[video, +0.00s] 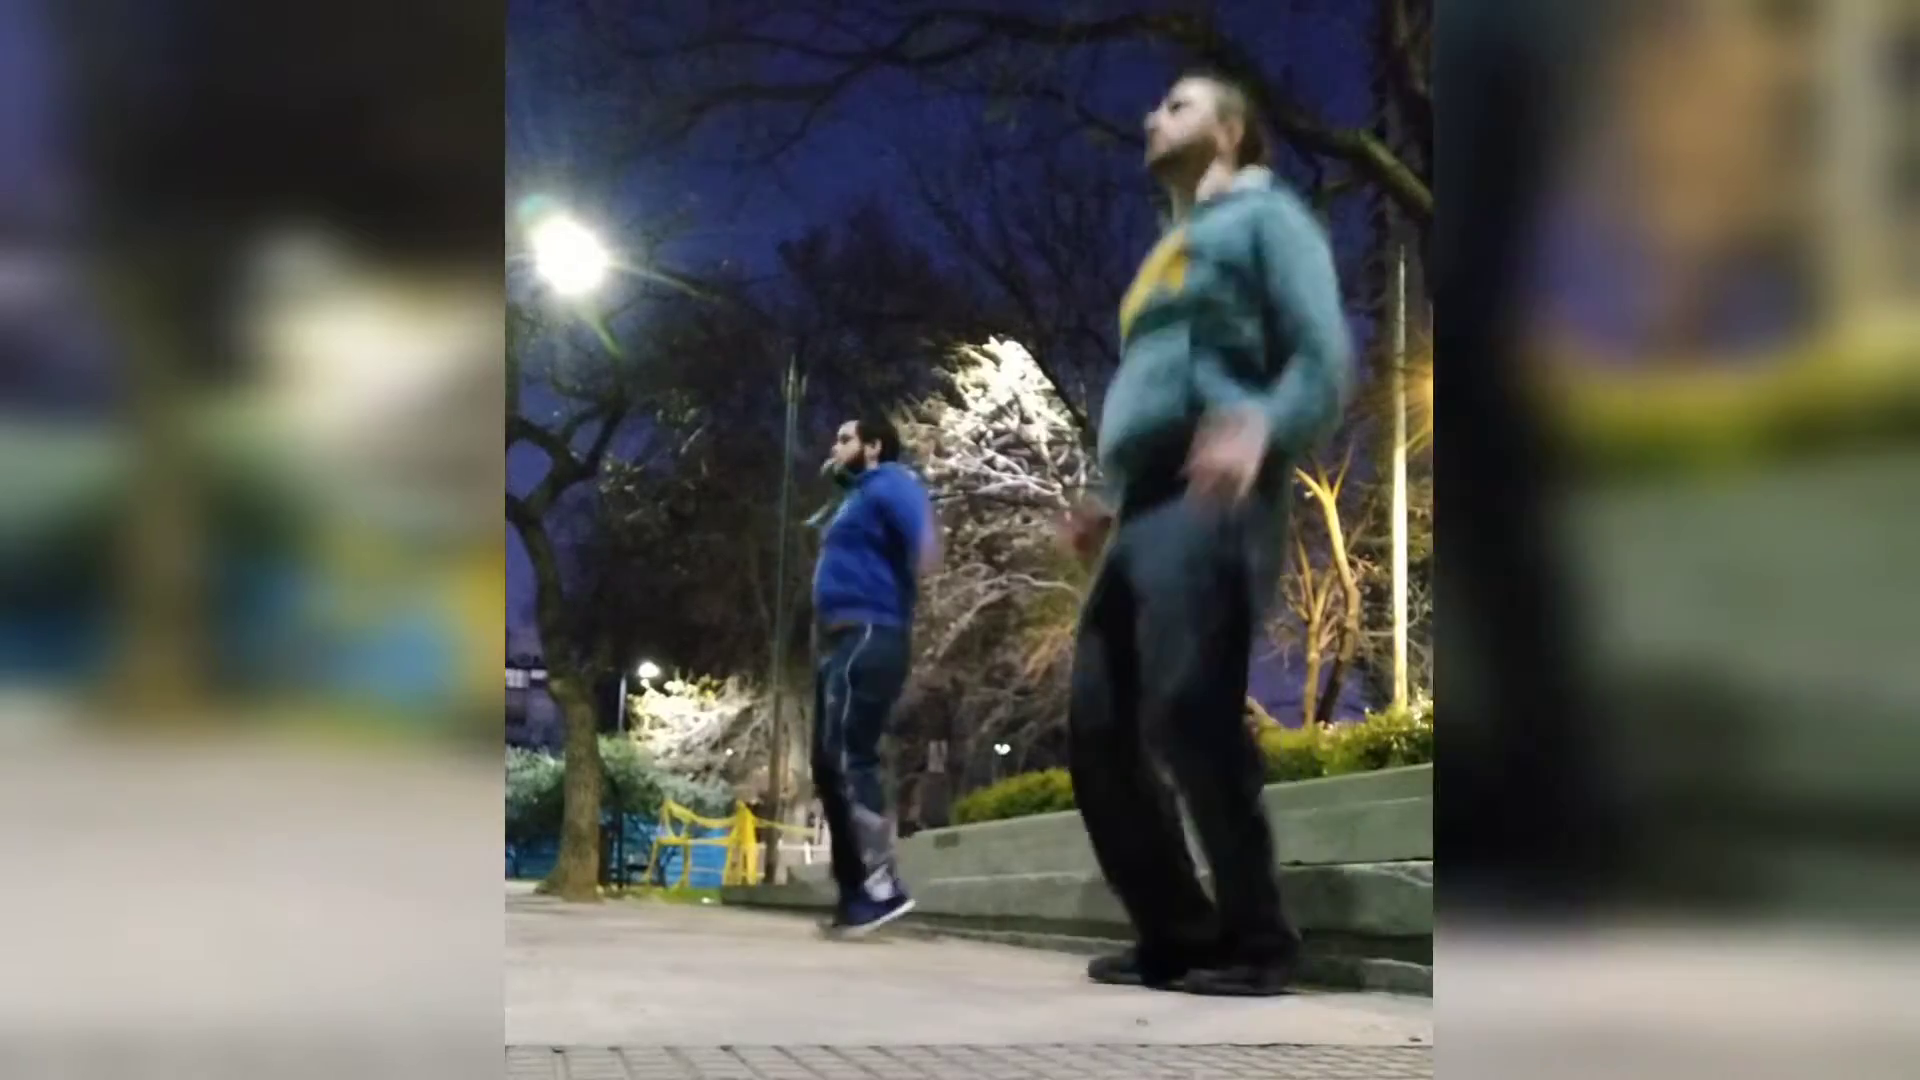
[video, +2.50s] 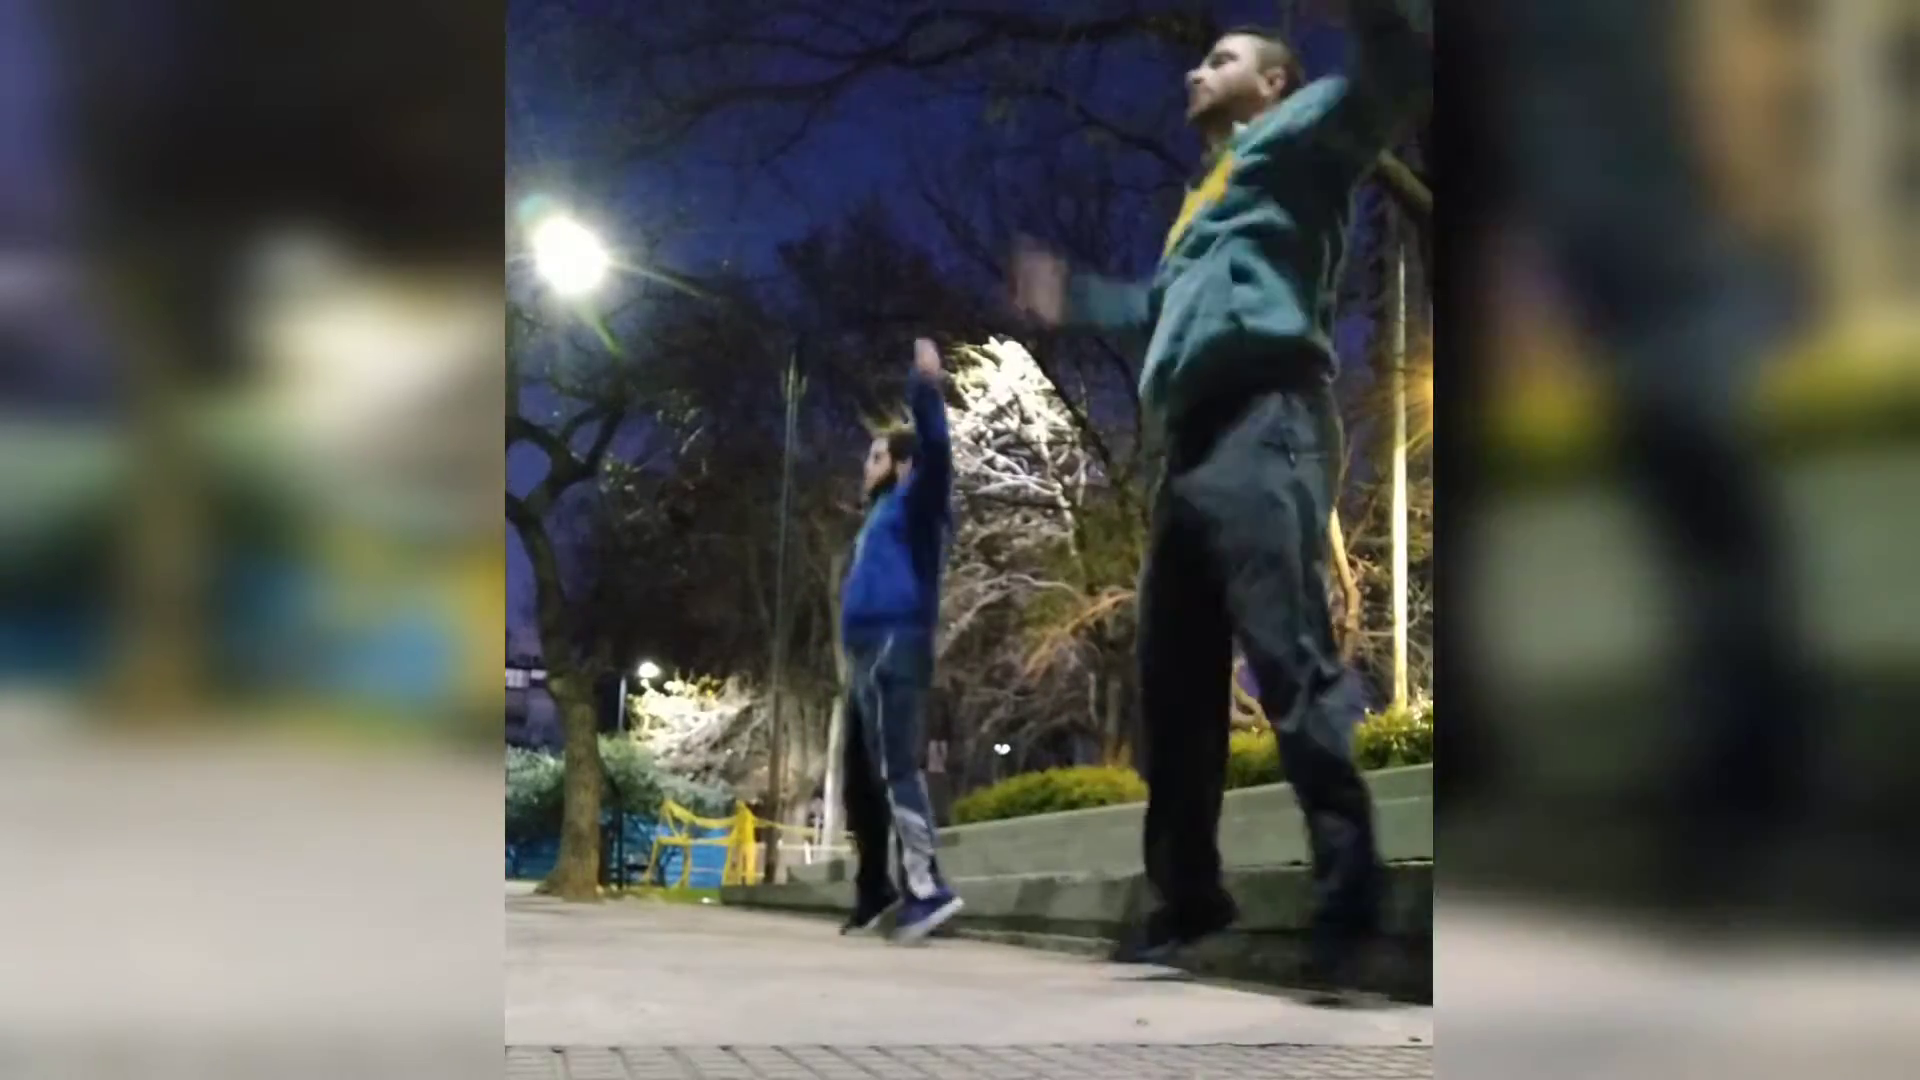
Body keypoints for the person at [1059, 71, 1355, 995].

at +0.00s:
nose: (1156, 115)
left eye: (1180, 102)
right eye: (1159, 105)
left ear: (1232, 130)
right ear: (1168, 137)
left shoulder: (1268, 214)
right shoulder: (1171, 245)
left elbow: (1327, 358)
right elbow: (1149, 382)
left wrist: (1260, 424)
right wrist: (1107, 496)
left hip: (1211, 492)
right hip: (1137, 507)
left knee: (1189, 712)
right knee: (1099, 729)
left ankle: (1256, 942)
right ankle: (1174, 936)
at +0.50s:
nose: (1161, 143)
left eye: (1184, 128)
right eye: (1159, 132)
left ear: (1231, 145)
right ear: (1168, 164)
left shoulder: (1254, 208)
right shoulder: (1148, 242)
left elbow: (1301, 32)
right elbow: (1122, 194)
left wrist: (1242, 36)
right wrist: (1172, 91)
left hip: (1229, 503)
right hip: (1156, 525)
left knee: (1250, 736)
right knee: (1095, 751)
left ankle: (1399, 956)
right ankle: (1106, 940)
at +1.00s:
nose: (1141, 133)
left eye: (1165, 119)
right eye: (1143, 122)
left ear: (1217, 141)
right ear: (1169, 153)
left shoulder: (1256, 224)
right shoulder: (1170, 255)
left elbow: (1317, 350)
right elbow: (1159, 395)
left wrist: (1242, 421)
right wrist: (1127, 511)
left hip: (1217, 508)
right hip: (1150, 520)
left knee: (1189, 724)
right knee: (1122, 732)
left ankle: (1245, 945)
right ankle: (1184, 938)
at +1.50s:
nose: (1173, 136)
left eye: (1194, 121)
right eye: (1171, 128)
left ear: (1240, 139)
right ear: (1179, 164)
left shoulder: (1271, 199)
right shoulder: (1161, 255)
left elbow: (1322, 36)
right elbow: (1137, 231)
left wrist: (1232, 18)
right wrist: (1154, 152)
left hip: (1249, 490)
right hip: (1174, 515)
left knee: (1267, 734)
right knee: (1135, 737)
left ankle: (1398, 950)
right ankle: (1150, 935)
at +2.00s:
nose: (1193, 88)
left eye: (1214, 75)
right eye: (1196, 77)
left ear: (1262, 100)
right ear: (1214, 107)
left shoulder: (1296, 176)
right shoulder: (1205, 214)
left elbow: (1341, 279)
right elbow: (1197, 379)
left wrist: (1275, 294)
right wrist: (1125, 453)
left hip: (1263, 457)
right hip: (1187, 474)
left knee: (1249, 694)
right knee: (1179, 706)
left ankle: (1295, 946)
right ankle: (1211, 935)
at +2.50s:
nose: (1197, 73)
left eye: (1221, 61)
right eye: (1201, 63)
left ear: (1275, 80)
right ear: (1221, 95)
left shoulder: (1297, 140)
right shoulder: (1200, 214)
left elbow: (1388, 81)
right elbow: (1162, 309)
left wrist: (1380, 4)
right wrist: (1071, 294)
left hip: (1268, 419)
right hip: (1192, 446)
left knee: (1292, 660)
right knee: (1176, 679)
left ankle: (1351, 900)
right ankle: (1188, 895)